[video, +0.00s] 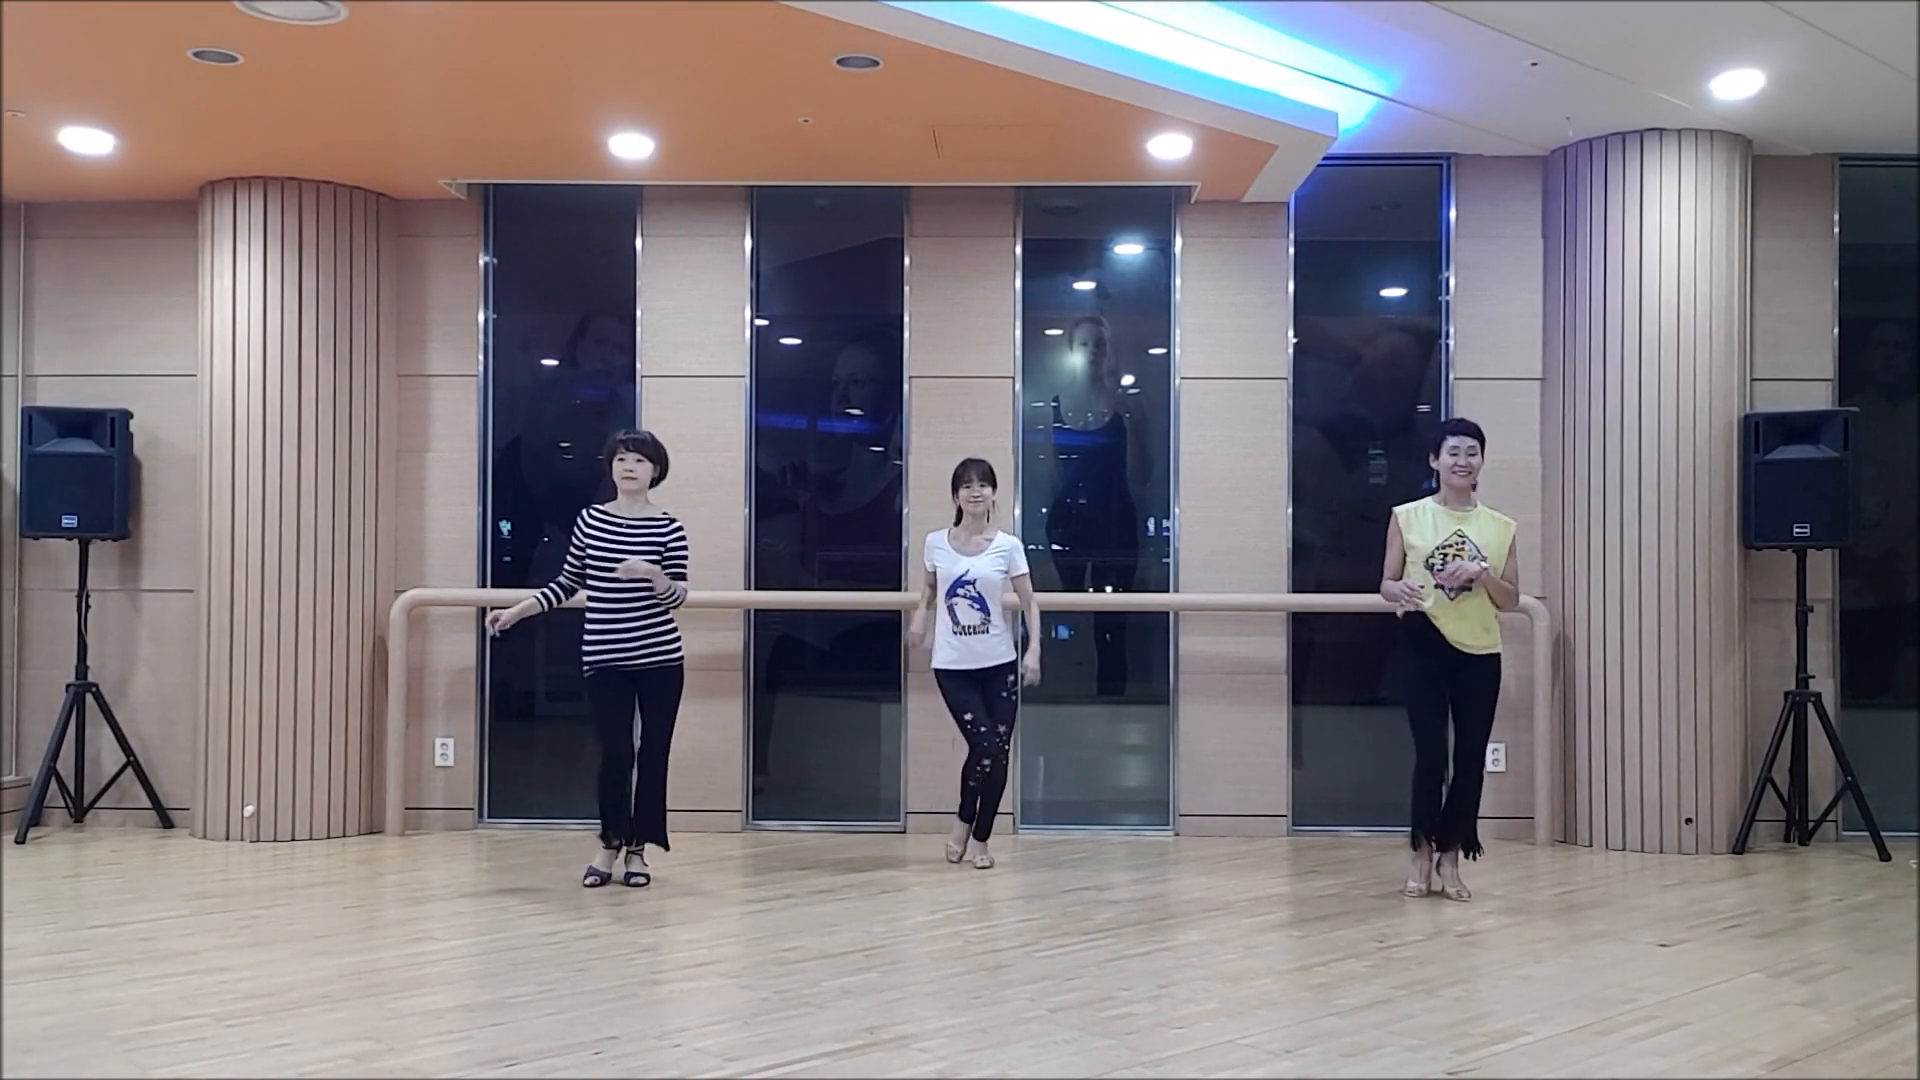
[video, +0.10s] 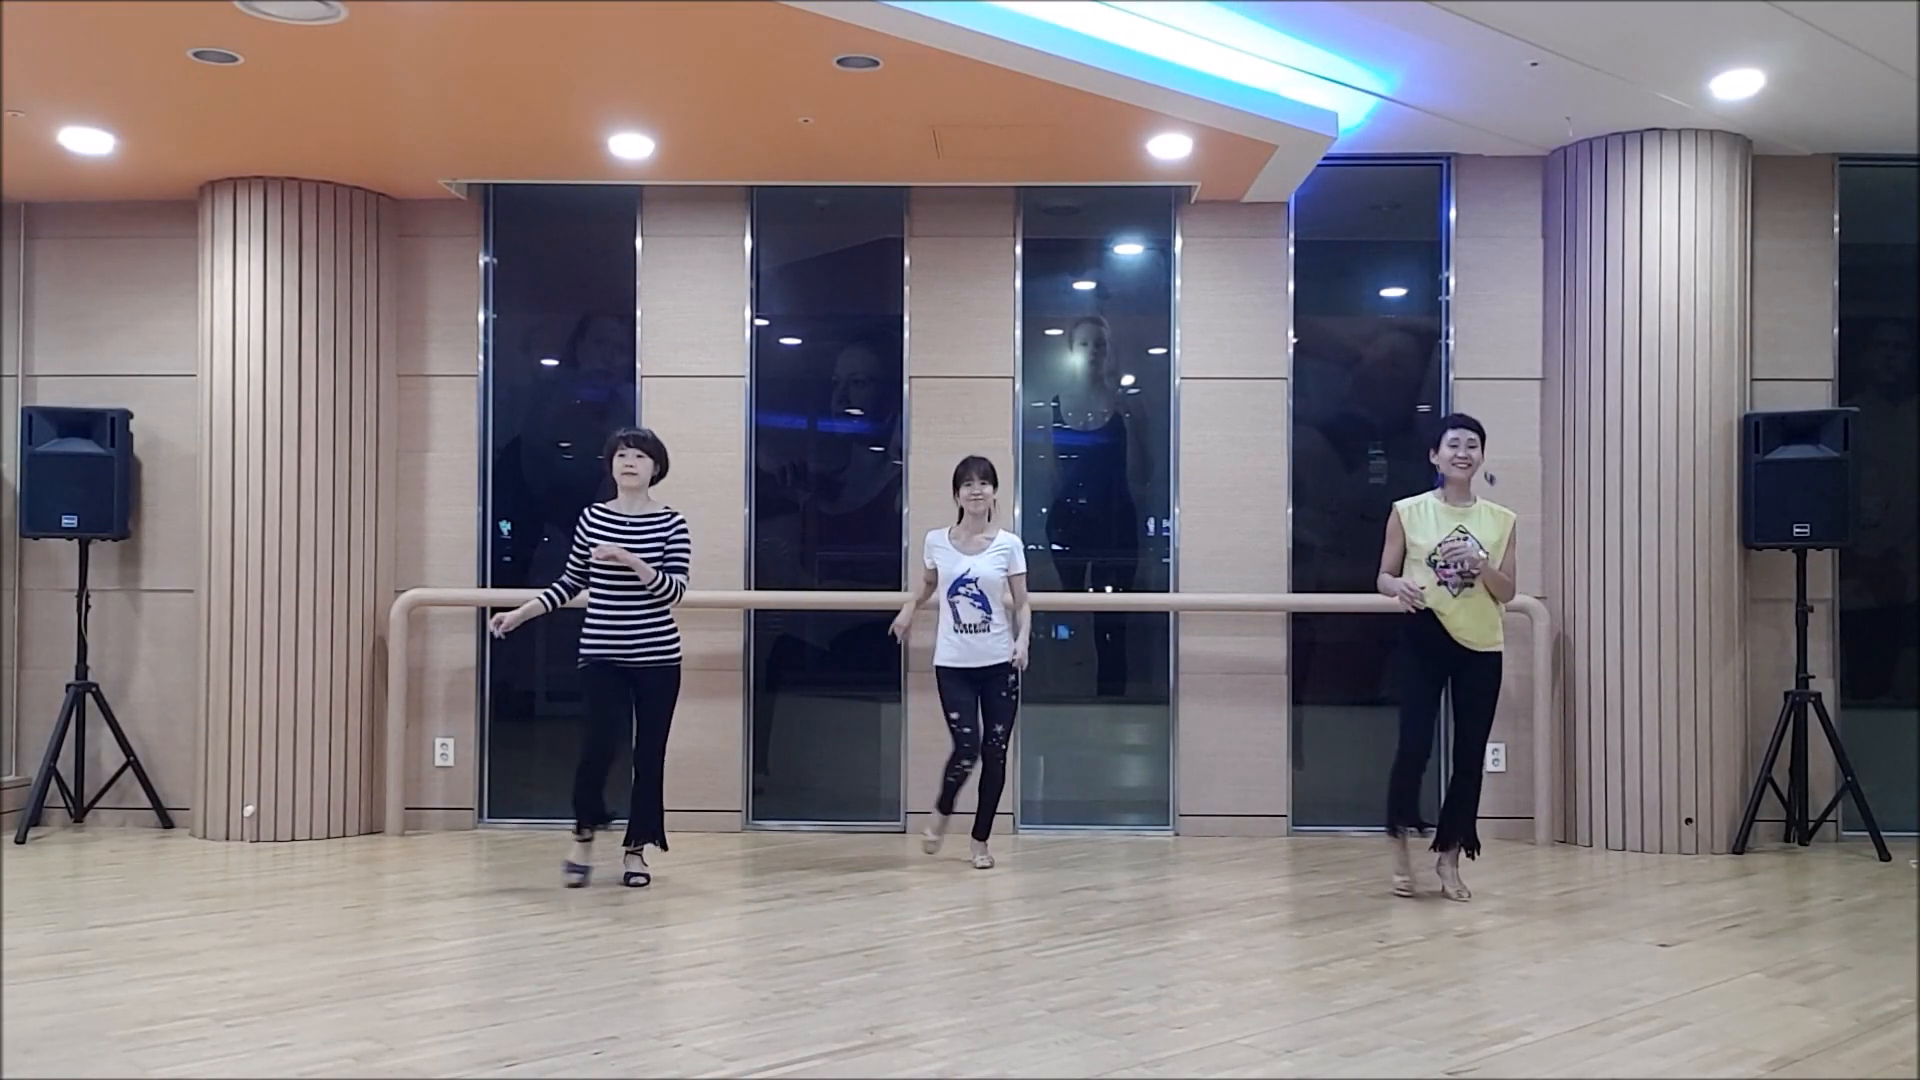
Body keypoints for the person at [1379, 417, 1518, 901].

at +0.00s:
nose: (1463, 461)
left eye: (1472, 453)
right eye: (1454, 453)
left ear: (1483, 462)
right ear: (1436, 461)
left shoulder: (1500, 527)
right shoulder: (1407, 516)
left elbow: (1510, 600)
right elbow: (1387, 585)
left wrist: (1482, 574)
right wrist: (1395, 588)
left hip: (1479, 651)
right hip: (1423, 644)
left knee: (1470, 758)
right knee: (1432, 755)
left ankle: (1450, 858)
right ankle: (1421, 855)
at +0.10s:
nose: (1462, 452)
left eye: (1471, 446)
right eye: (1454, 445)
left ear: (1482, 458)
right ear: (1435, 454)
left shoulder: (1501, 520)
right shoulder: (1408, 512)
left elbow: (1506, 592)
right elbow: (1384, 578)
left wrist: (1481, 563)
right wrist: (1396, 584)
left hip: (1481, 645)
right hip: (1425, 637)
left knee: (1469, 756)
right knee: (1415, 747)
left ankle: (1449, 857)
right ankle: (1401, 849)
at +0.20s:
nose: (1461, 450)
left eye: (1469, 443)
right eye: (1452, 443)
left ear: (1482, 455)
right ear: (1434, 454)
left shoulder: (1503, 516)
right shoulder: (1410, 514)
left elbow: (1520, 584)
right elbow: (1389, 578)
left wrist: (1487, 559)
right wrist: (1393, 585)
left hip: (1478, 642)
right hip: (1423, 636)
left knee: (1470, 756)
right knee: (1407, 744)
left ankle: (1448, 855)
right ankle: (1365, 843)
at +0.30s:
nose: (1464, 457)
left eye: (1472, 450)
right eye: (1454, 450)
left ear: (1483, 461)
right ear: (1436, 461)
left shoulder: (1503, 521)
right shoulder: (1413, 520)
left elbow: (1525, 580)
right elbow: (1395, 590)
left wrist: (1490, 577)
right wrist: (1386, 601)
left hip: (1476, 645)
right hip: (1421, 637)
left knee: (1474, 759)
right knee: (1400, 751)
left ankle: (1448, 855)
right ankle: (1357, 848)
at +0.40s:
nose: (1469, 454)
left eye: (1477, 447)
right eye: (1459, 447)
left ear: (1487, 457)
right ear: (1440, 457)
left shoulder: (1505, 517)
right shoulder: (1415, 515)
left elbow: (1517, 574)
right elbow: (1394, 578)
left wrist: (1515, 611)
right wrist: (1372, 598)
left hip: (1481, 643)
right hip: (1427, 638)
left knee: (1472, 758)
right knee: (1404, 749)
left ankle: (1447, 853)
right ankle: (1363, 850)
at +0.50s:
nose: (1474, 454)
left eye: (1482, 447)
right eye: (1465, 447)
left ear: (1492, 459)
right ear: (1444, 457)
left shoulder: (1511, 519)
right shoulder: (1419, 517)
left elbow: (1526, 590)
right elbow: (1392, 584)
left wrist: (1534, 647)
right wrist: (1373, 588)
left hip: (1489, 644)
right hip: (1435, 638)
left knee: (1474, 756)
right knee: (1414, 746)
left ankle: (1448, 852)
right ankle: (1370, 845)